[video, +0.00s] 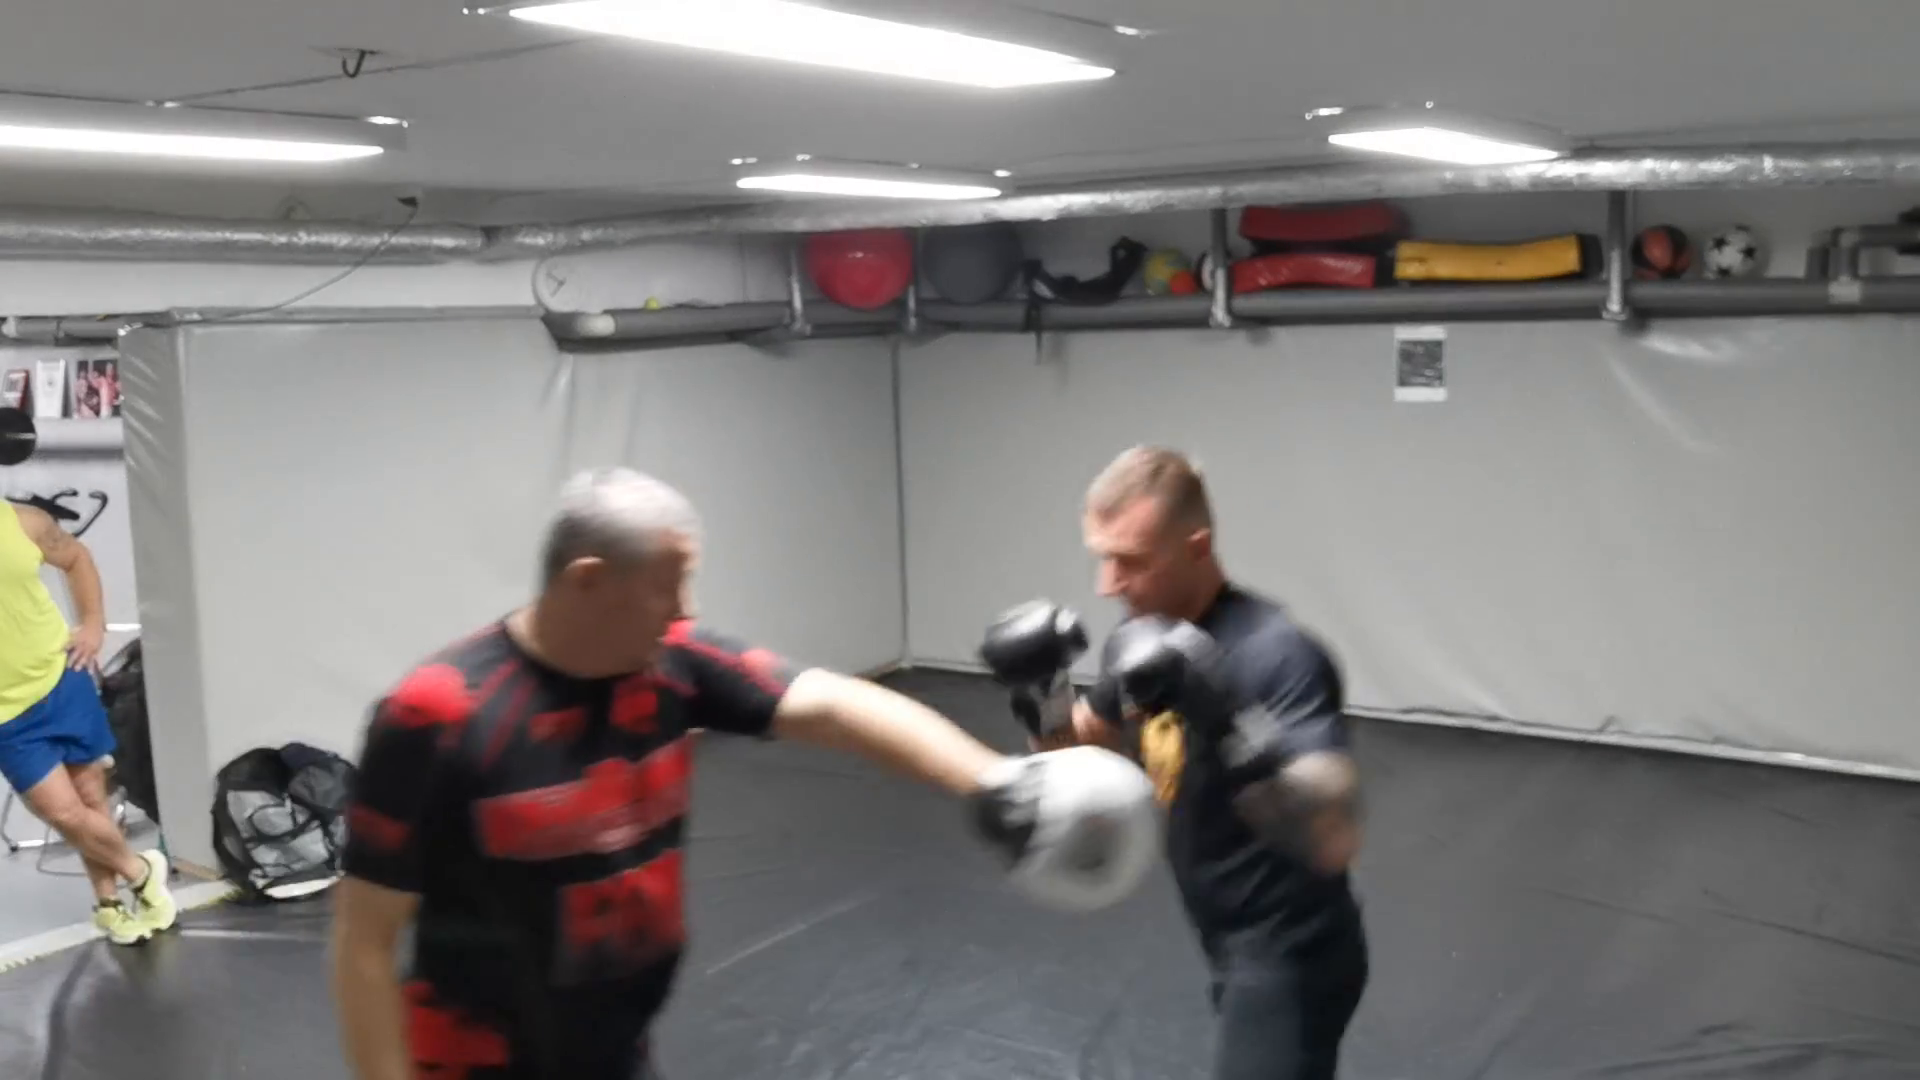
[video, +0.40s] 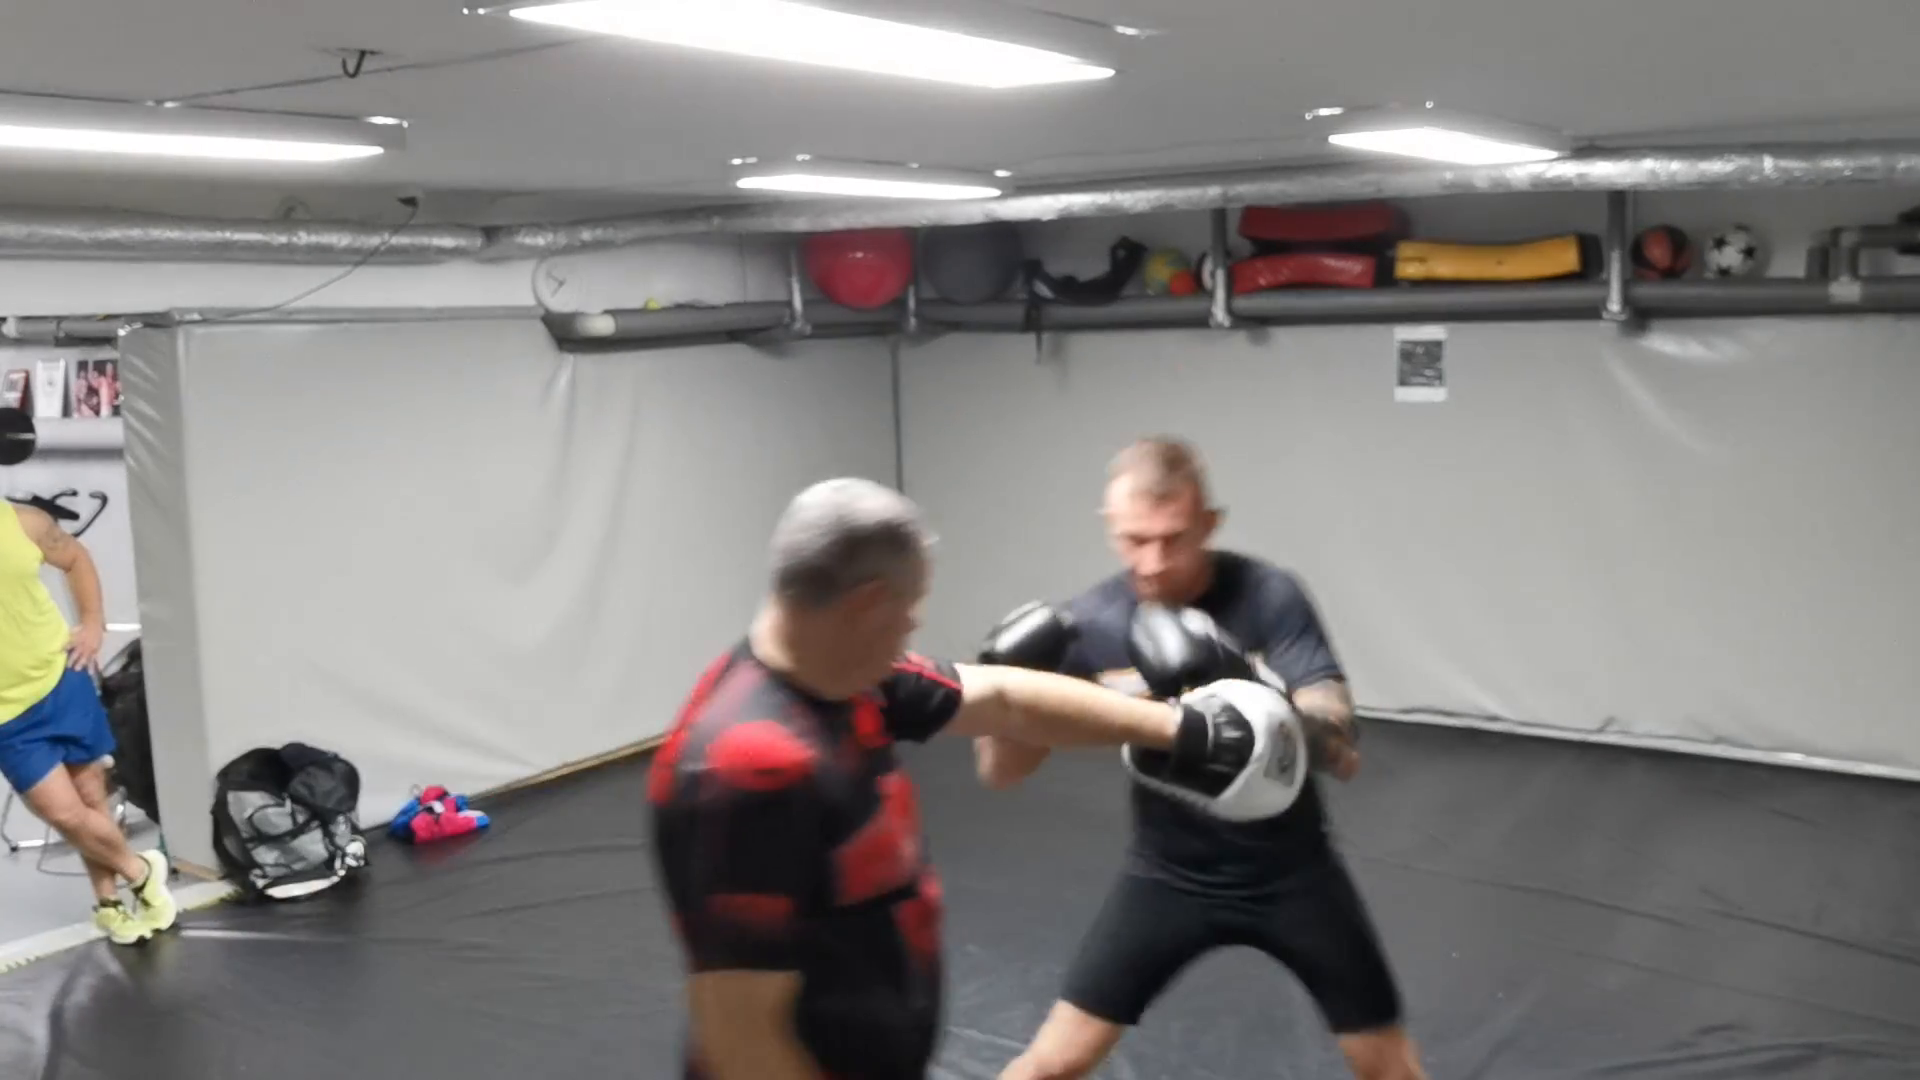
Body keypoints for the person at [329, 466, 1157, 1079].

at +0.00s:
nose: (685, 611)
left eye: (687, 589)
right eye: (670, 588)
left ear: (612, 584)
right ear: (587, 582)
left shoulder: (670, 665)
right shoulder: (432, 717)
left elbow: (832, 705)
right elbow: (363, 942)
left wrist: (997, 781)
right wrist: (389, 1079)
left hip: (616, 1050)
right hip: (478, 1060)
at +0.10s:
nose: (741, 613)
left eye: (743, 592)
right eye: (728, 591)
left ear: (666, 582)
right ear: (649, 582)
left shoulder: (723, 667)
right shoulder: (500, 721)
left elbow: (899, 697)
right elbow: (430, 961)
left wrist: (1079, 759)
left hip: (673, 1043)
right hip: (549, 1053)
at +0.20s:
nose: (802, 624)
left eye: (802, 602)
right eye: (791, 602)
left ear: (723, 596)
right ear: (716, 596)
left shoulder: (773, 675)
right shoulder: (573, 741)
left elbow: (948, 694)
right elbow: (512, 992)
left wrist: (1133, 737)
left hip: (748, 1045)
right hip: (629, 1056)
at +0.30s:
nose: (857, 633)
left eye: (858, 610)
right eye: (850, 610)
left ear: (786, 610)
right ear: (789, 611)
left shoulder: (813, 686)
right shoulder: (654, 768)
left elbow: (985, 695)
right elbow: (620, 1038)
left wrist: (1170, 722)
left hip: (834, 1042)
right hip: (738, 1059)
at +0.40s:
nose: (915, 626)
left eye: (916, 607)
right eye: (913, 606)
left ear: (851, 604)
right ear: (867, 609)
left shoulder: (843, 685)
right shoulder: (751, 766)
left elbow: (1001, 698)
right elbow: (741, 1040)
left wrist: (1183, 728)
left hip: (885, 1047)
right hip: (816, 1063)